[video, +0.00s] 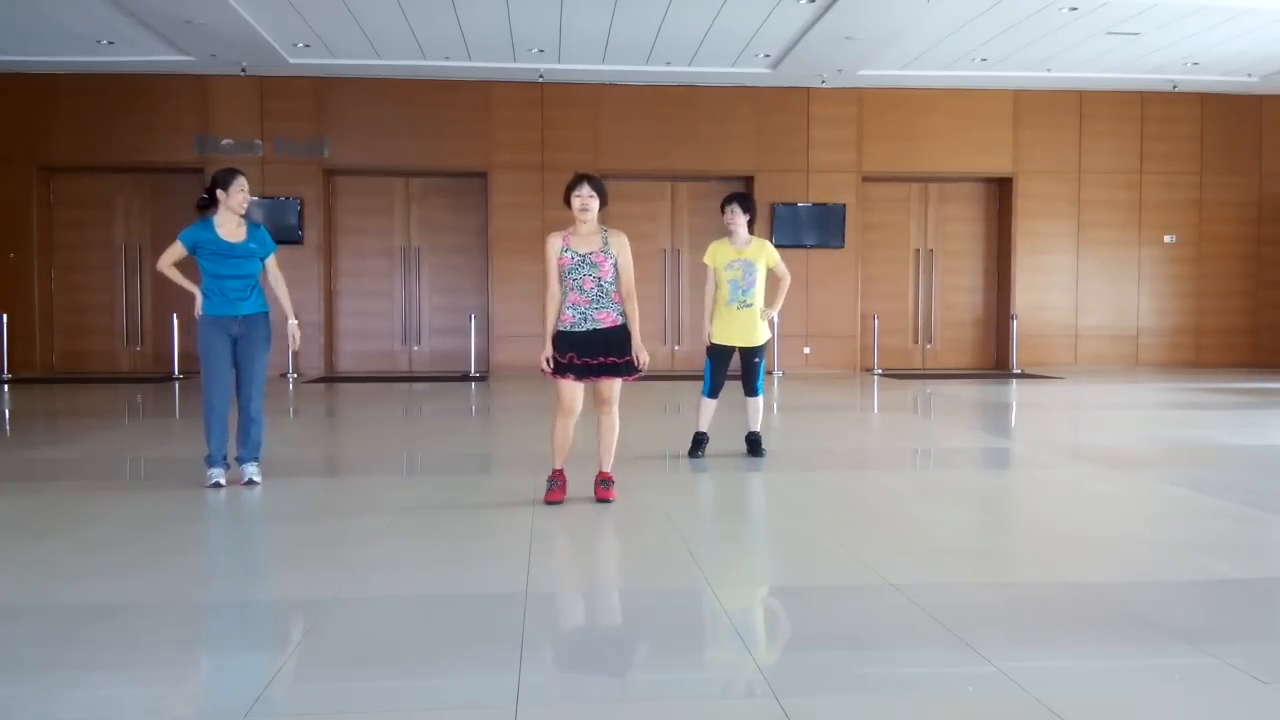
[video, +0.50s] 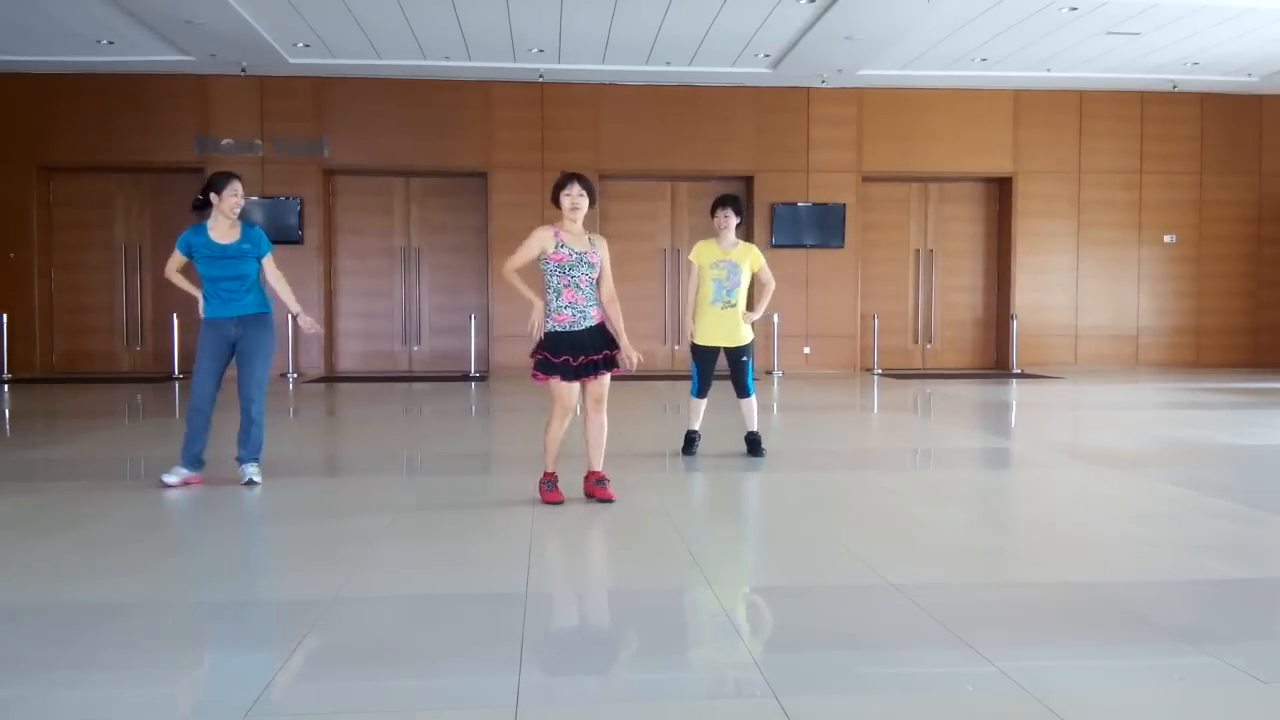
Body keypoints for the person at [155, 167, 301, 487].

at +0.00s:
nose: (247, 197)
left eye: (247, 191)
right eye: (240, 191)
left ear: (244, 195)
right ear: (220, 195)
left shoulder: (257, 233)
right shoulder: (200, 232)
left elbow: (275, 277)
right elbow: (163, 264)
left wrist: (291, 318)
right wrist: (195, 290)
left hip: (255, 322)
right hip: (215, 323)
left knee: (251, 395)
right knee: (217, 394)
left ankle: (250, 461)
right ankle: (216, 465)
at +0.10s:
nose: (247, 199)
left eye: (248, 193)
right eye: (240, 194)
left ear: (248, 196)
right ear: (221, 197)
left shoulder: (259, 234)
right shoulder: (200, 235)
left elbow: (275, 280)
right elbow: (166, 266)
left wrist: (292, 320)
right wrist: (197, 292)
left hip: (257, 324)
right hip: (218, 325)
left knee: (254, 397)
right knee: (219, 395)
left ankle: (250, 462)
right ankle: (219, 464)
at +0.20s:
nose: (246, 202)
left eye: (248, 196)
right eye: (239, 196)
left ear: (249, 198)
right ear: (220, 198)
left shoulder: (259, 234)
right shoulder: (200, 235)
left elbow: (273, 279)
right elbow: (168, 268)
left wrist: (291, 318)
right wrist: (200, 292)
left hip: (259, 323)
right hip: (219, 325)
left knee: (255, 396)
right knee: (221, 395)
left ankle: (250, 462)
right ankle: (221, 464)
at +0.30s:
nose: (245, 203)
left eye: (247, 198)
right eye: (238, 197)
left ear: (248, 201)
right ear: (218, 198)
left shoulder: (259, 236)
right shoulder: (199, 236)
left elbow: (274, 279)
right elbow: (170, 270)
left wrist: (295, 317)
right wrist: (200, 293)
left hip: (260, 323)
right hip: (219, 325)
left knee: (255, 395)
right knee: (215, 394)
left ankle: (250, 462)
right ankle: (219, 464)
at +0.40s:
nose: (242, 204)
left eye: (245, 198)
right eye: (236, 197)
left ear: (247, 200)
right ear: (216, 198)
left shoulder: (257, 235)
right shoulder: (196, 237)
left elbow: (274, 277)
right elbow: (171, 270)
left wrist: (299, 314)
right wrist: (200, 294)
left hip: (259, 324)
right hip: (218, 326)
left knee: (254, 395)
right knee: (208, 392)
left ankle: (250, 463)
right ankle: (208, 464)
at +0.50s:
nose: (240, 202)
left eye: (242, 196)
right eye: (233, 196)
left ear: (242, 200)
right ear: (214, 198)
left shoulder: (254, 235)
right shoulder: (193, 237)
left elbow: (274, 276)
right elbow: (170, 270)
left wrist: (299, 312)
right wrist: (198, 294)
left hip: (256, 324)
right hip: (215, 326)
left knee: (252, 397)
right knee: (201, 395)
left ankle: (250, 463)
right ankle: (190, 465)